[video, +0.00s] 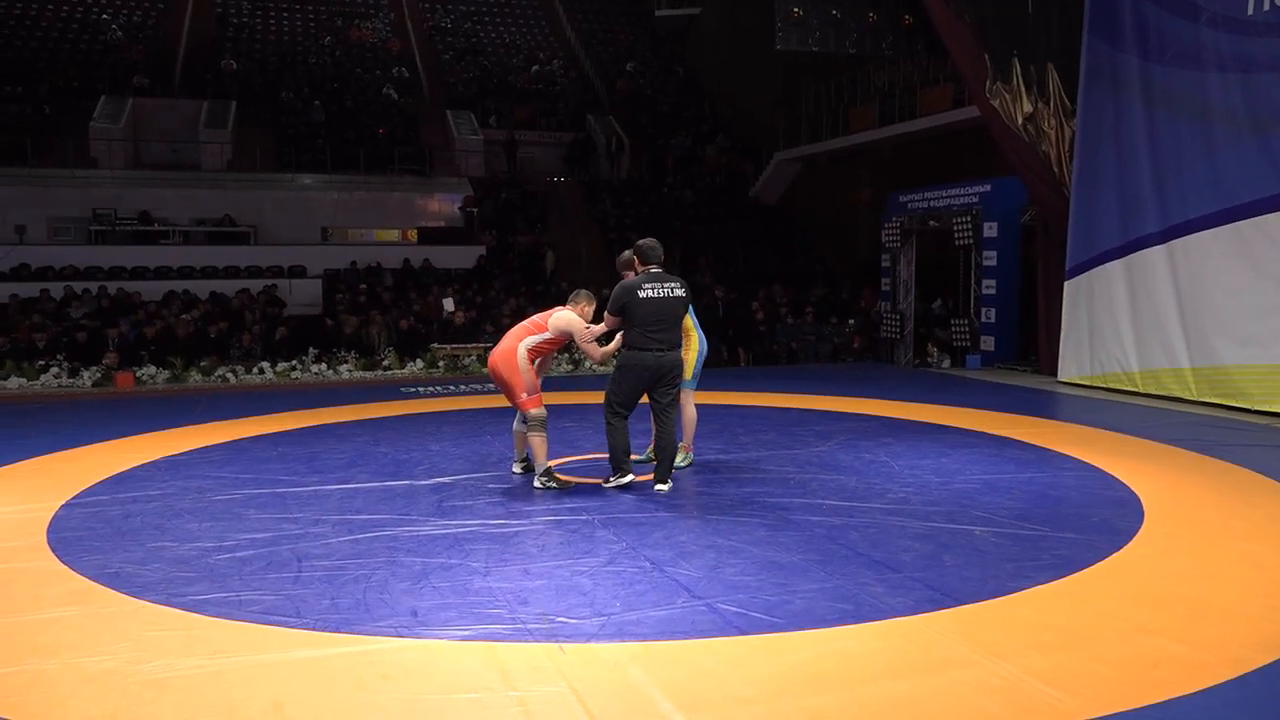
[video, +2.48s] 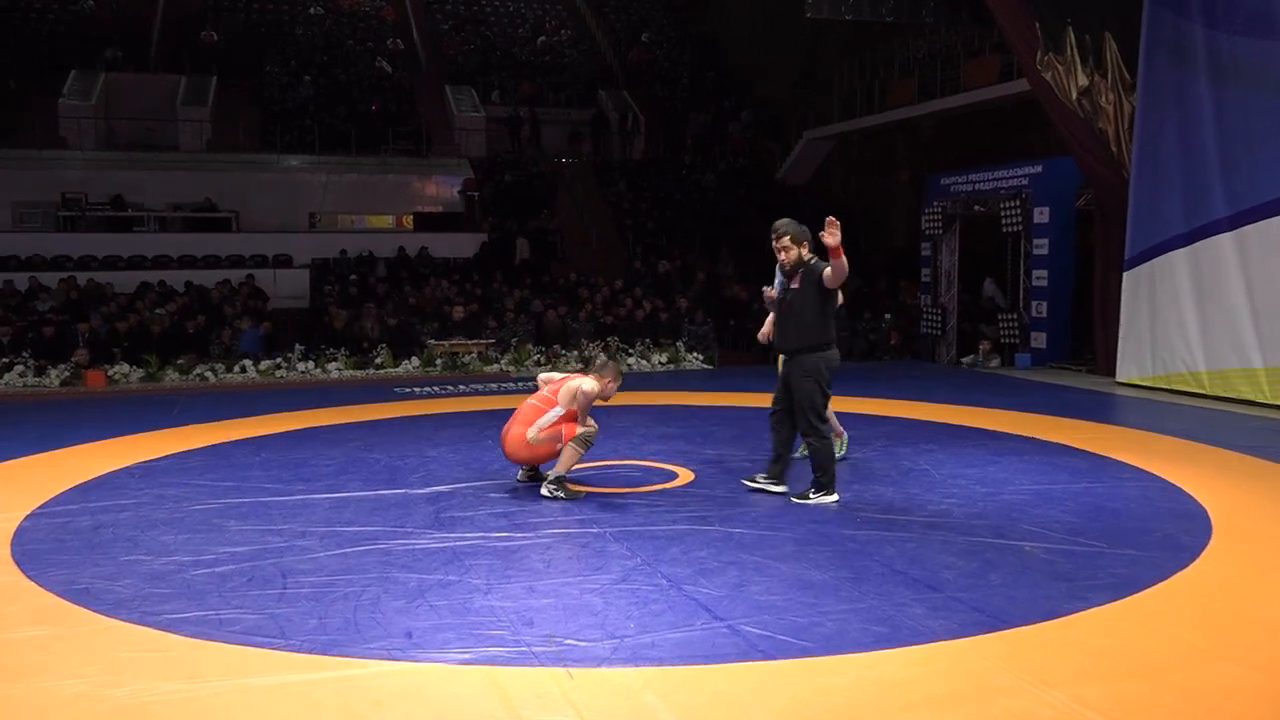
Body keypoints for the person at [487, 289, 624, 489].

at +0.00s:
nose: (592, 316)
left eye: (593, 311)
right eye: (592, 310)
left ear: (572, 305)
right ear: (582, 307)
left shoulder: (556, 315)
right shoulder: (573, 321)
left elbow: (544, 360)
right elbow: (598, 356)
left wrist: (532, 385)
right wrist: (617, 342)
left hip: (499, 357)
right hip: (514, 358)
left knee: (525, 410)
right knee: (537, 414)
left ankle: (521, 460)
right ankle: (543, 473)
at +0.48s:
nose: (593, 330)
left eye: (595, 326)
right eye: (593, 325)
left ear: (577, 313)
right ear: (588, 318)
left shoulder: (557, 318)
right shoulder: (580, 325)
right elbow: (566, 348)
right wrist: (554, 381)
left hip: (500, 355)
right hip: (523, 356)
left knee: (519, 414)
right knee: (537, 415)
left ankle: (522, 461)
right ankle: (545, 474)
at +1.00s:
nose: (605, 357)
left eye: (610, 353)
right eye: (609, 351)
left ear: (598, 335)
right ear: (606, 342)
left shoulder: (577, 337)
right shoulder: (596, 345)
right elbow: (578, 373)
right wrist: (555, 400)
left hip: (504, 356)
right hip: (525, 358)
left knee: (522, 414)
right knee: (543, 415)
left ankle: (530, 462)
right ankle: (554, 473)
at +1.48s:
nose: (614, 356)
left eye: (616, 352)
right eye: (616, 351)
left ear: (602, 336)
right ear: (611, 342)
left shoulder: (582, 337)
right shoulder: (597, 344)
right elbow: (579, 373)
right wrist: (560, 401)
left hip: (505, 359)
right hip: (522, 363)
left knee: (529, 413)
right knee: (551, 415)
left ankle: (530, 461)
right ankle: (553, 474)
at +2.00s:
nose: (612, 380)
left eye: (614, 377)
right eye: (614, 376)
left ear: (593, 366)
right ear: (609, 374)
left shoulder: (576, 374)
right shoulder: (593, 380)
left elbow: (550, 388)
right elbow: (591, 396)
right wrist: (591, 419)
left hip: (524, 442)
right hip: (538, 448)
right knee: (596, 429)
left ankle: (539, 463)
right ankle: (562, 472)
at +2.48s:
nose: (614, 394)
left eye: (617, 389)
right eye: (616, 389)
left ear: (592, 372)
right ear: (608, 383)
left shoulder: (570, 377)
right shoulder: (593, 384)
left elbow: (542, 377)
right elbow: (586, 390)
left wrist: (552, 404)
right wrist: (583, 420)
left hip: (508, 441)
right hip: (523, 448)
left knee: (563, 418)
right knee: (588, 432)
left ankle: (530, 469)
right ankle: (554, 482)